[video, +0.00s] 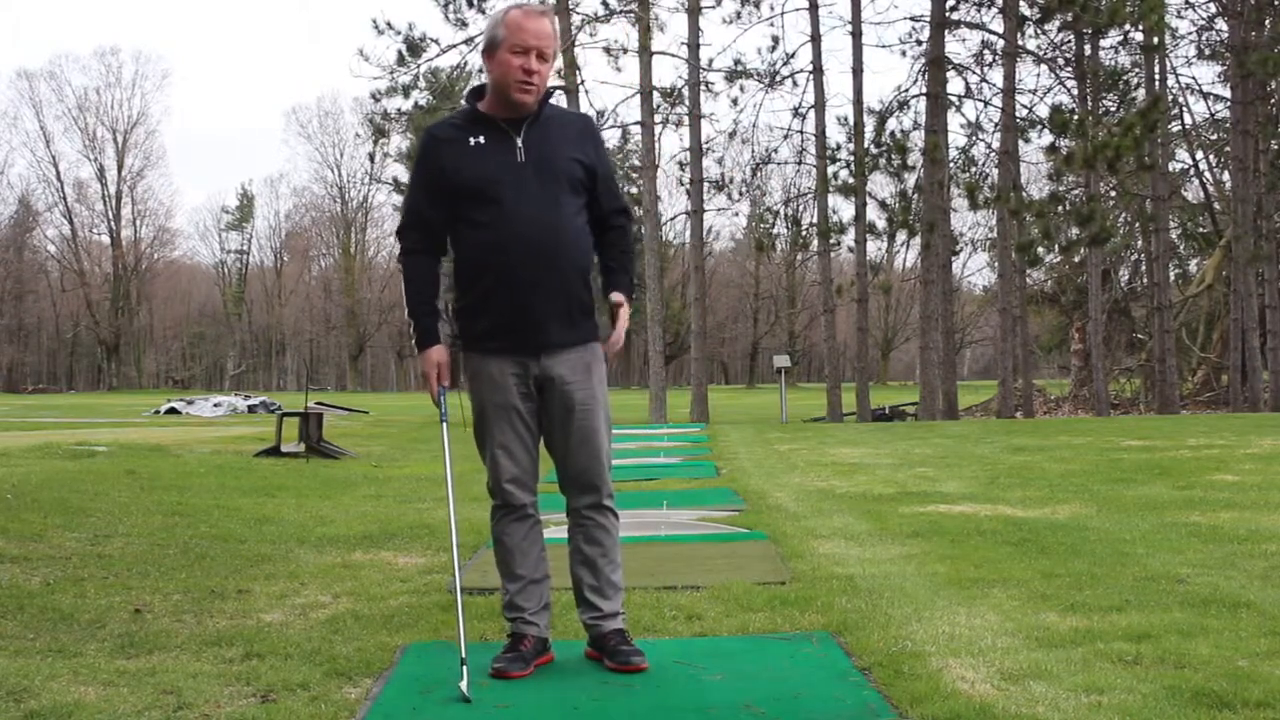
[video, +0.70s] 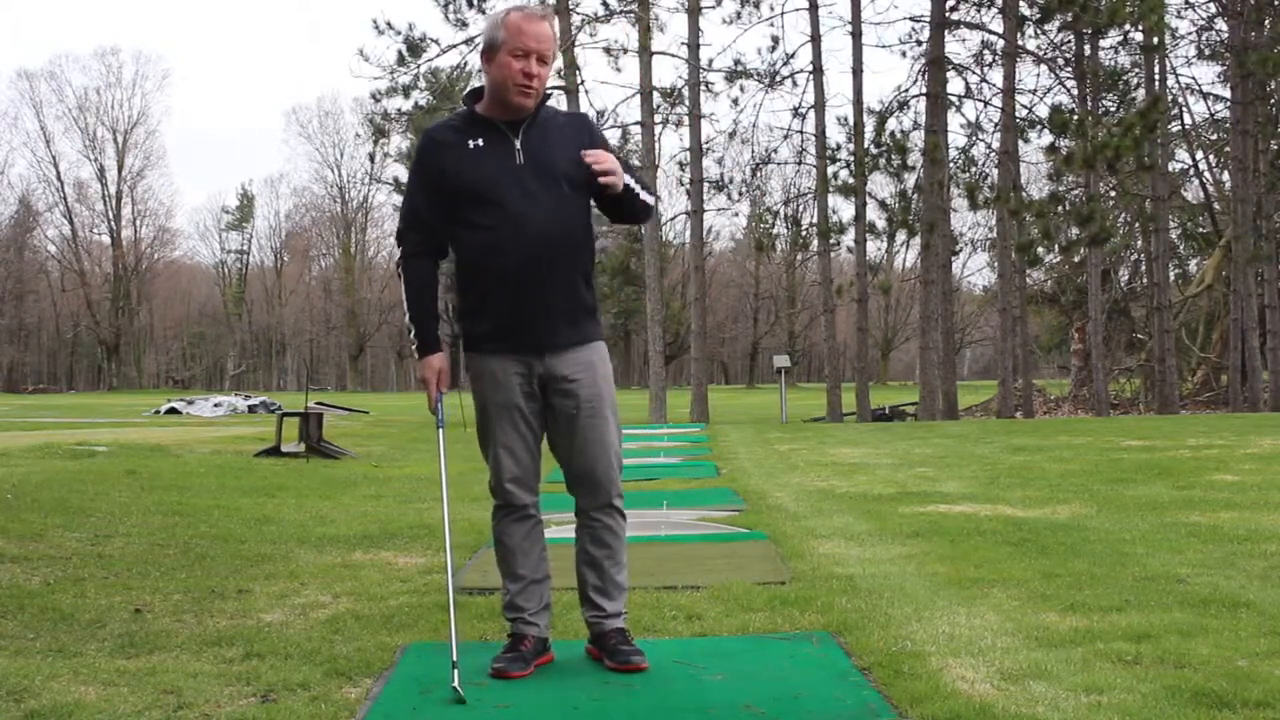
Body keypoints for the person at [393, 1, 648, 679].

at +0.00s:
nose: (533, 67)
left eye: (544, 57)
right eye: (520, 53)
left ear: (554, 65)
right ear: (487, 58)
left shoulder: (578, 132)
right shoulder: (444, 142)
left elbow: (613, 219)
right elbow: (419, 245)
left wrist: (622, 291)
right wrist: (428, 338)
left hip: (575, 339)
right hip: (489, 345)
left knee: (592, 491)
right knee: (511, 497)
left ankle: (608, 628)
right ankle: (527, 632)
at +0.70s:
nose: (535, 72)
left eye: (545, 60)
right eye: (523, 58)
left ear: (553, 66)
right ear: (488, 60)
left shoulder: (578, 132)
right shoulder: (442, 145)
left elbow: (639, 214)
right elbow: (419, 248)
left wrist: (617, 187)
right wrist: (429, 345)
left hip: (577, 338)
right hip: (493, 346)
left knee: (601, 490)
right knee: (514, 495)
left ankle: (609, 627)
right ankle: (528, 631)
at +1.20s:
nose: (567, 57)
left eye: (581, 50)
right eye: (556, 44)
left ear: (594, 67)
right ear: (529, 53)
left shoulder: (620, 135)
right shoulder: (484, 135)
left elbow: (690, 186)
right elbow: (450, 234)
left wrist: (682, 141)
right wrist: (451, 332)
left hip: (606, 341)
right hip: (524, 345)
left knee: (626, 490)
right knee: (529, 496)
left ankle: (644, 629)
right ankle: (529, 631)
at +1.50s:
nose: (611, 57)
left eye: (625, 50)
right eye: (601, 43)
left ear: (639, 66)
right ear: (573, 50)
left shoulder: (663, 137)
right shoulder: (525, 130)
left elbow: (732, 176)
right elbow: (488, 231)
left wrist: (768, 148)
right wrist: (487, 326)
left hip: (640, 341)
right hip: (556, 342)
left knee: (643, 495)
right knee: (545, 495)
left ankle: (645, 630)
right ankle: (530, 631)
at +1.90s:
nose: (643, 56)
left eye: (658, 48)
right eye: (634, 44)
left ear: (676, 65)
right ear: (611, 53)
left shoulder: (701, 140)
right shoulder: (564, 129)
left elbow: (776, 179)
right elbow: (523, 227)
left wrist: (840, 149)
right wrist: (515, 319)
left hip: (666, 347)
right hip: (583, 343)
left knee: (655, 496)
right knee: (566, 494)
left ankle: (645, 629)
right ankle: (553, 632)